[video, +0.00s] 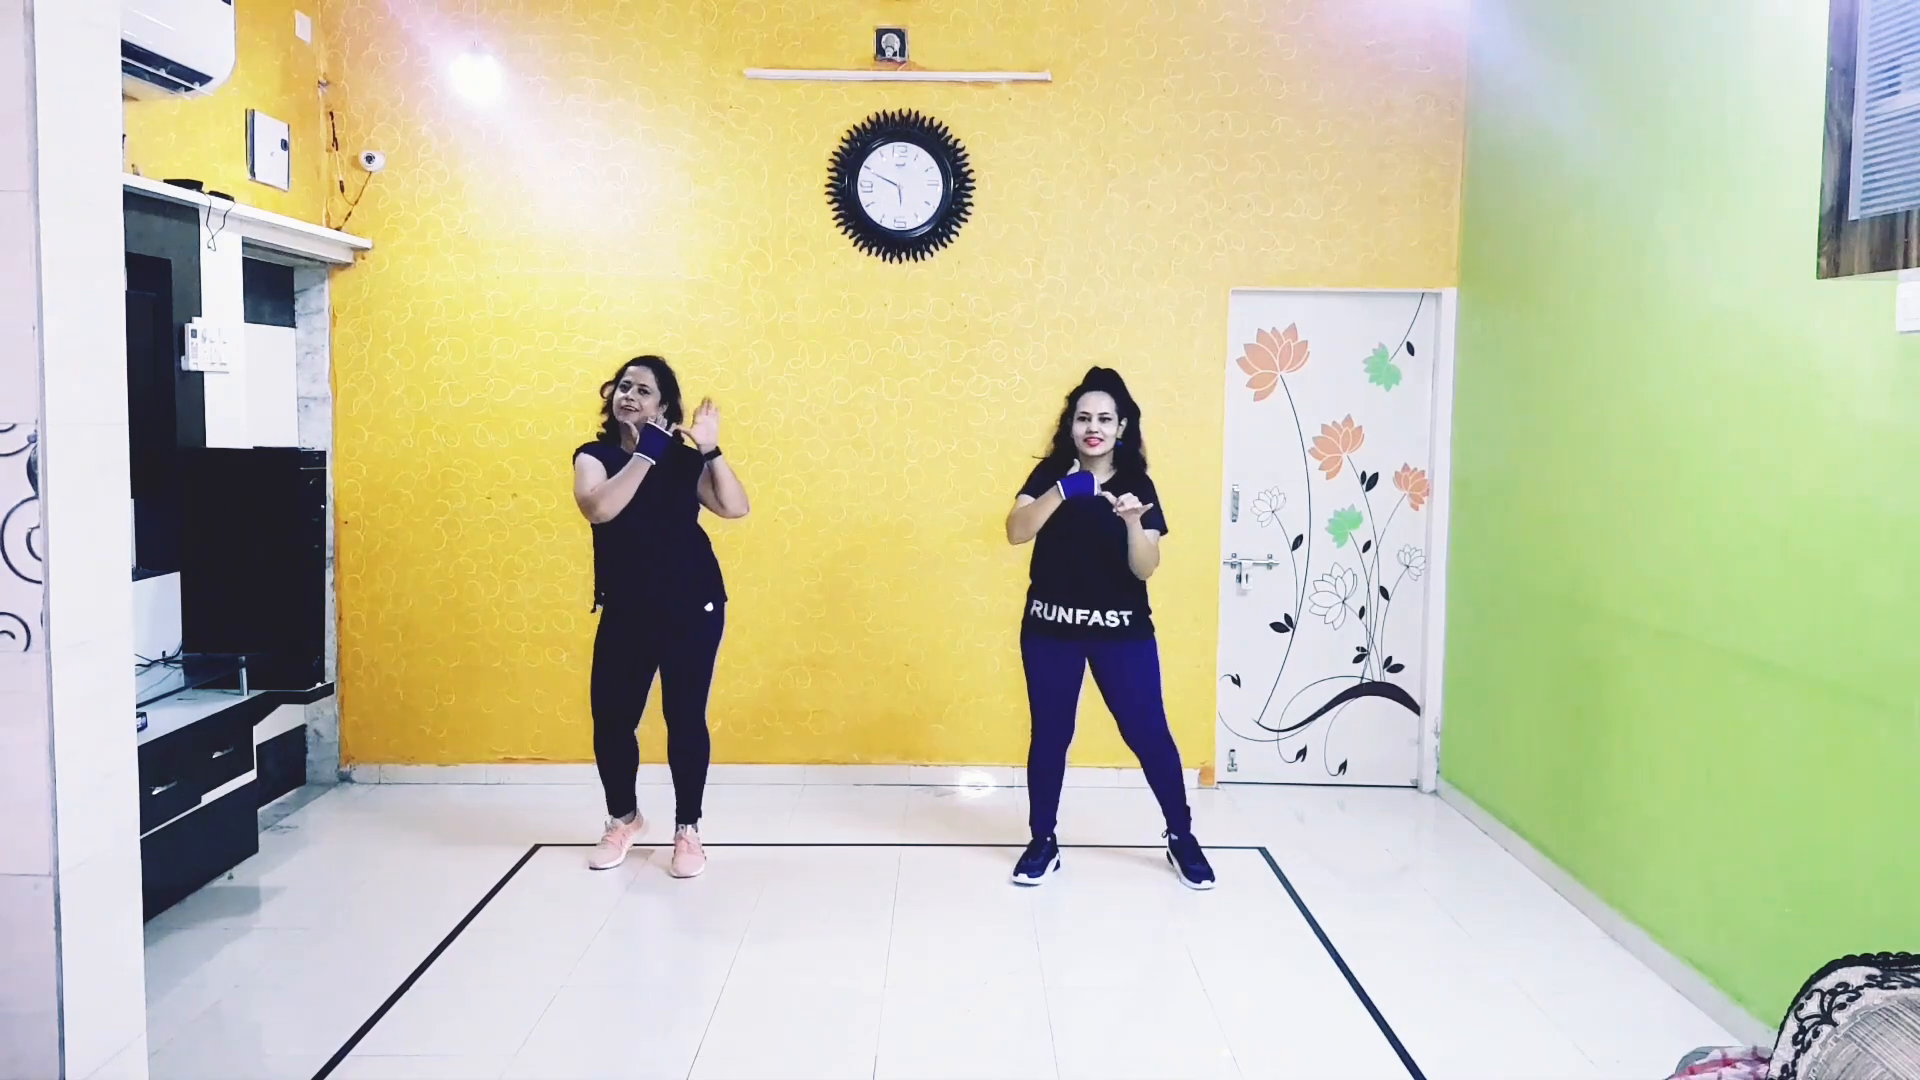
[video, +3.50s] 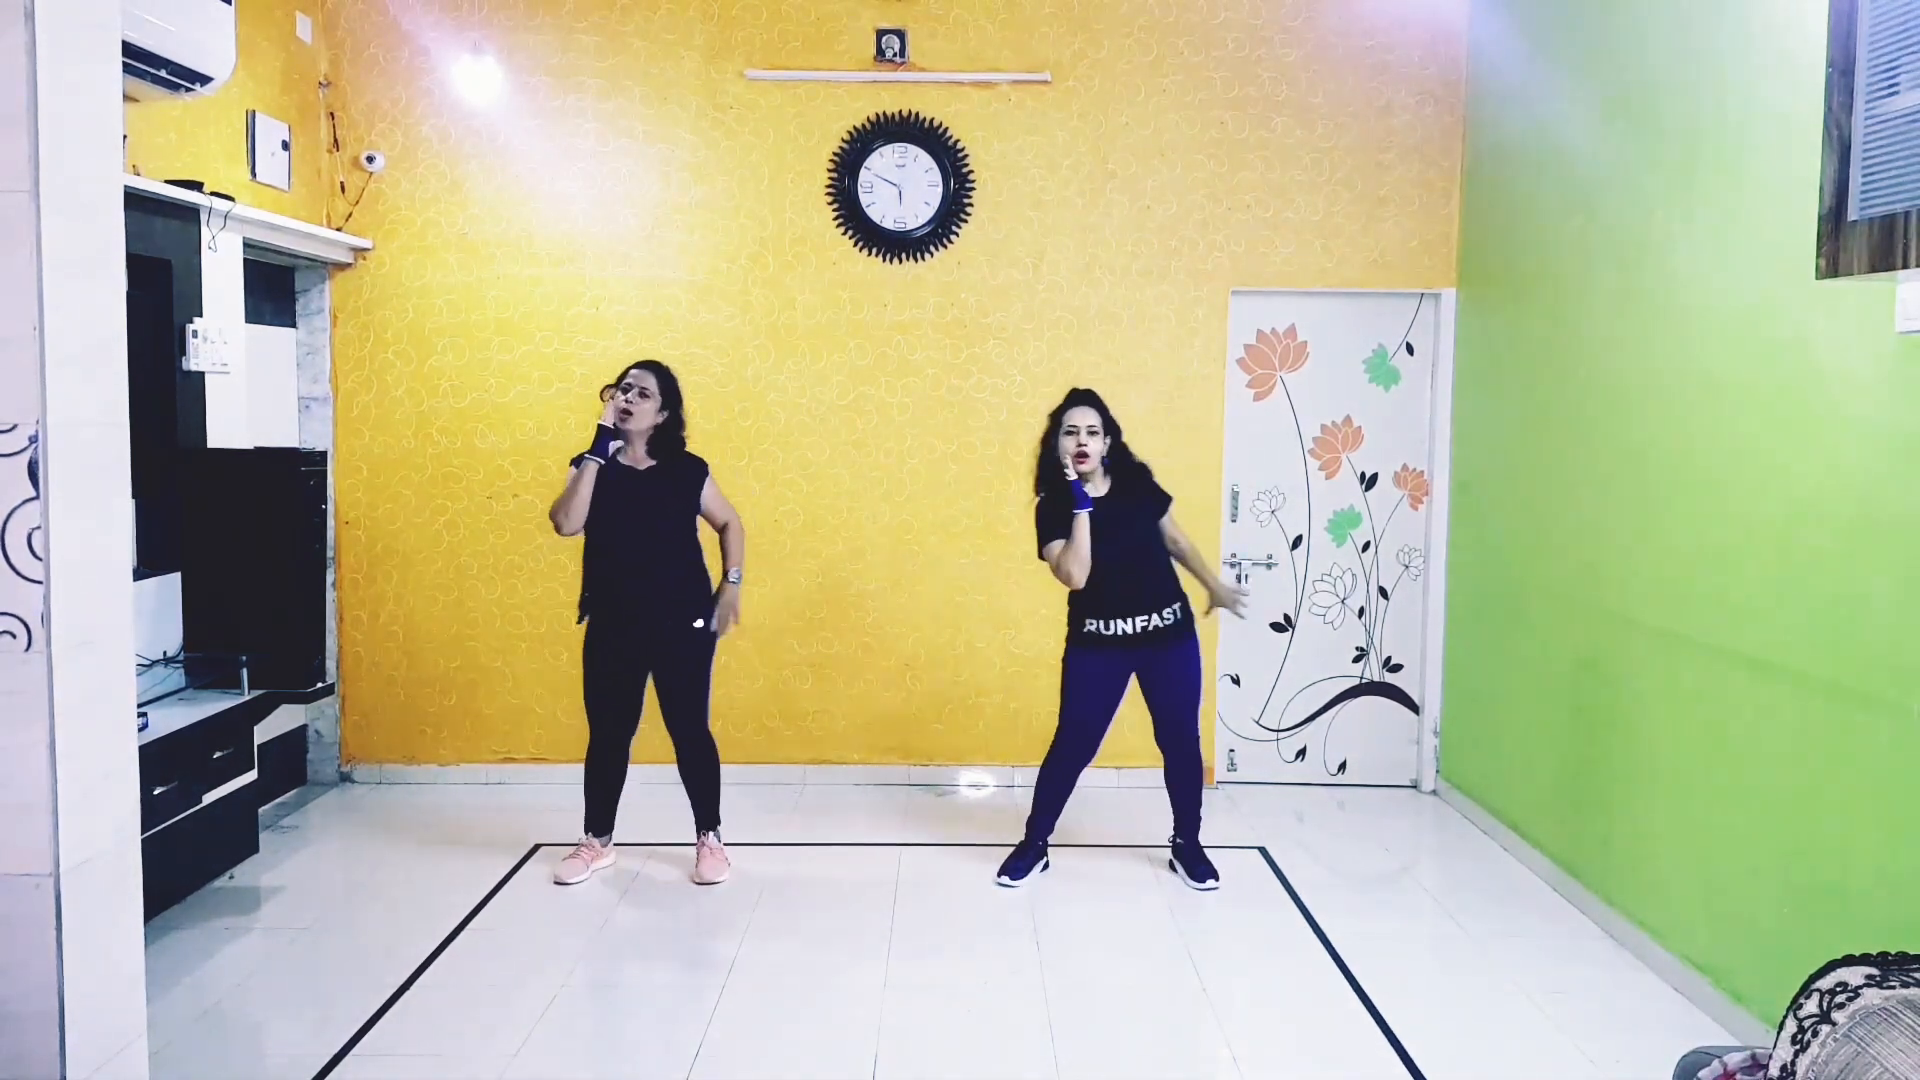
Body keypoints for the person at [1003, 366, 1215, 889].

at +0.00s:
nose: (1094, 427)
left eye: (1105, 418)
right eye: (1084, 416)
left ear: (1123, 426)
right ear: (1070, 423)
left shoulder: (1137, 484)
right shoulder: (1051, 473)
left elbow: (1146, 567)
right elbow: (1016, 532)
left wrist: (1135, 524)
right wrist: (1064, 489)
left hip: (1122, 630)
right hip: (1052, 627)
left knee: (1151, 738)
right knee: (1049, 737)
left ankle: (1182, 836)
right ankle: (1042, 840)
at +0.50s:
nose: (1148, 430)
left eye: (1160, 420)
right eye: (1138, 420)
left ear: (1180, 428)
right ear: (1127, 430)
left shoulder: (1202, 488)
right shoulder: (1118, 482)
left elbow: (1216, 566)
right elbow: (1086, 550)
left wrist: (1192, 517)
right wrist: (1122, 510)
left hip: (1186, 640)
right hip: (1116, 632)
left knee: (1182, 748)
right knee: (1083, 737)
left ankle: (1186, 841)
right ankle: (1046, 836)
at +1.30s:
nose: (1100, 436)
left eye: (1111, 427)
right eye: (1089, 425)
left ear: (1124, 436)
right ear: (1070, 431)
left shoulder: (1133, 488)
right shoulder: (1054, 497)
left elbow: (1179, 537)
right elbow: (1084, 560)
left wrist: (1179, 487)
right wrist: (1123, 502)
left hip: (1152, 634)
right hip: (1085, 640)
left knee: (1176, 742)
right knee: (1063, 747)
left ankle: (1187, 840)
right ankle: (1030, 842)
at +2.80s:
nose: (1128, 445)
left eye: (1138, 433)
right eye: (1117, 436)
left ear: (1160, 434)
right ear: (1107, 442)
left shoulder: (1188, 494)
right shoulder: (1105, 490)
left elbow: (1212, 572)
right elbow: (1078, 564)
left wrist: (1170, 554)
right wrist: (1105, 529)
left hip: (1172, 643)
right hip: (1103, 636)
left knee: (1181, 752)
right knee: (1071, 743)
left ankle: (1187, 844)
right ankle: (1033, 840)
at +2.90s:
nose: (1133, 445)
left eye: (1144, 433)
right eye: (1123, 435)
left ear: (1166, 435)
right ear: (1112, 442)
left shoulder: (1194, 494)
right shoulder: (1110, 492)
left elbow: (1221, 568)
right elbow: (1083, 566)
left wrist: (1178, 583)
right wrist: (1111, 535)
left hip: (1182, 645)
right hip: (1111, 639)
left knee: (1185, 753)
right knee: (1077, 744)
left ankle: (1187, 845)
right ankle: (1034, 840)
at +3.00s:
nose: (1139, 445)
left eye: (1150, 433)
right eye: (1129, 435)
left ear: (1172, 436)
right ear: (1117, 443)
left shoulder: (1200, 497)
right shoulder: (1112, 496)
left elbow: (1223, 573)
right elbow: (1088, 573)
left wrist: (1211, 636)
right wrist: (1113, 539)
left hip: (1188, 643)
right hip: (1119, 641)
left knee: (1189, 755)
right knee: (1083, 744)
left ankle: (1187, 845)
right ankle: (1035, 840)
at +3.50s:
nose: (1082, 441)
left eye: (1092, 432)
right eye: (1071, 432)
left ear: (1107, 440)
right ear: (1057, 442)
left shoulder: (1136, 480)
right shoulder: (1055, 502)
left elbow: (1177, 541)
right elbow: (1074, 575)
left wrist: (1216, 586)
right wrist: (1081, 502)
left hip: (1167, 635)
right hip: (1098, 642)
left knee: (1182, 743)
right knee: (1072, 747)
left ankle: (1187, 842)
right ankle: (1034, 842)